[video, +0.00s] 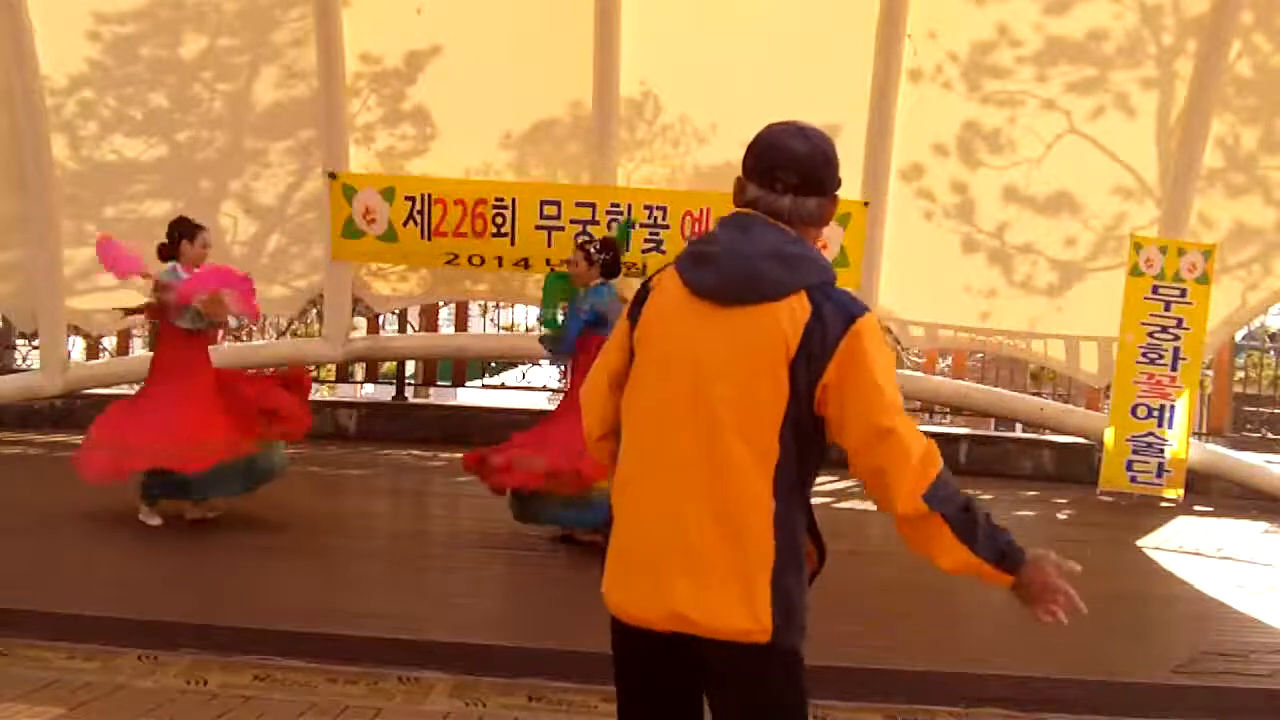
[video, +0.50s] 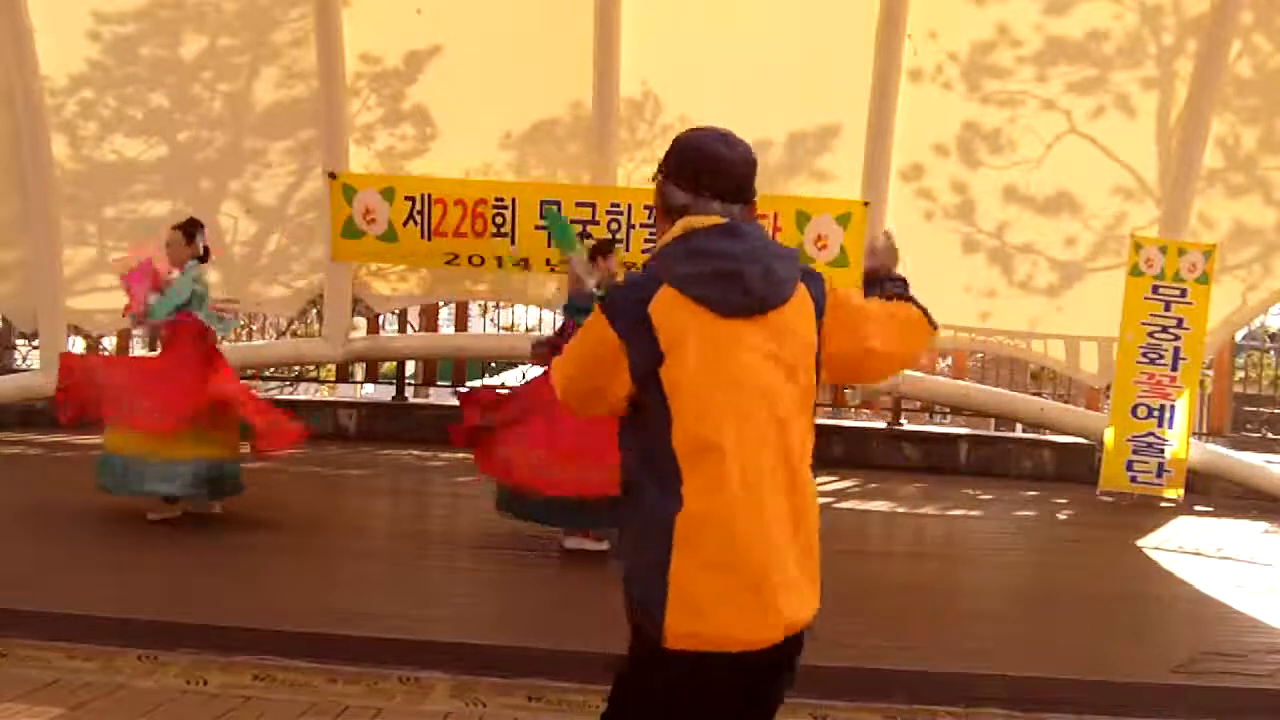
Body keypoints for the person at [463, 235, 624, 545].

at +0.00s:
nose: (570, 268)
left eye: (576, 262)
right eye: (572, 261)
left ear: (594, 267)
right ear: (597, 269)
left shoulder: (589, 299)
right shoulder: (607, 296)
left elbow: (565, 344)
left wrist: (547, 338)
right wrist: (560, 334)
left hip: (588, 389)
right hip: (602, 385)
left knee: (580, 451)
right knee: (594, 450)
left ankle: (589, 525)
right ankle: (586, 523)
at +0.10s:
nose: (580, 269)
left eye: (588, 264)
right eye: (580, 263)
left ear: (607, 269)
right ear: (577, 264)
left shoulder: (608, 300)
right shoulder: (579, 297)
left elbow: (598, 343)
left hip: (592, 379)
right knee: (559, 434)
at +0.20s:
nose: (597, 271)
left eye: (605, 267)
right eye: (594, 264)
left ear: (617, 272)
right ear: (587, 265)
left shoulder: (621, 304)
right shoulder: (574, 292)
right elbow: (537, 283)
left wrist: (571, 342)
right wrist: (495, 273)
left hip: (603, 384)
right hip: (570, 380)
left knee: (590, 450)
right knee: (558, 445)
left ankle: (581, 525)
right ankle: (560, 520)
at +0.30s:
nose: (609, 272)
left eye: (615, 265)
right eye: (603, 266)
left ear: (626, 264)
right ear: (592, 267)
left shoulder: (640, 294)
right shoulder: (583, 290)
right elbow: (536, 284)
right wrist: (489, 272)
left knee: (604, 453)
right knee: (568, 446)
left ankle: (587, 525)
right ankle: (560, 522)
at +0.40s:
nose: (620, 267)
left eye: (622, 261)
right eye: (614, 261)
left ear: (618, 262)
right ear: (596, 262)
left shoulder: (627, 292)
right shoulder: (583, 289)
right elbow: (556, 284)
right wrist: (524, 276)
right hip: (575, 375)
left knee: (601, 455)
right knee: (583, 452)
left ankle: (589, 527)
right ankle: (579, 526)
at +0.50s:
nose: (618, 268)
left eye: (617, 261)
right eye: (615, 261)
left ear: (593, 262)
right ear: (601, 262)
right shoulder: (596, 297)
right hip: (588, 381)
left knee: (577, 456)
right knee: (590, 455)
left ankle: (576, 527)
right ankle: (582, 528)